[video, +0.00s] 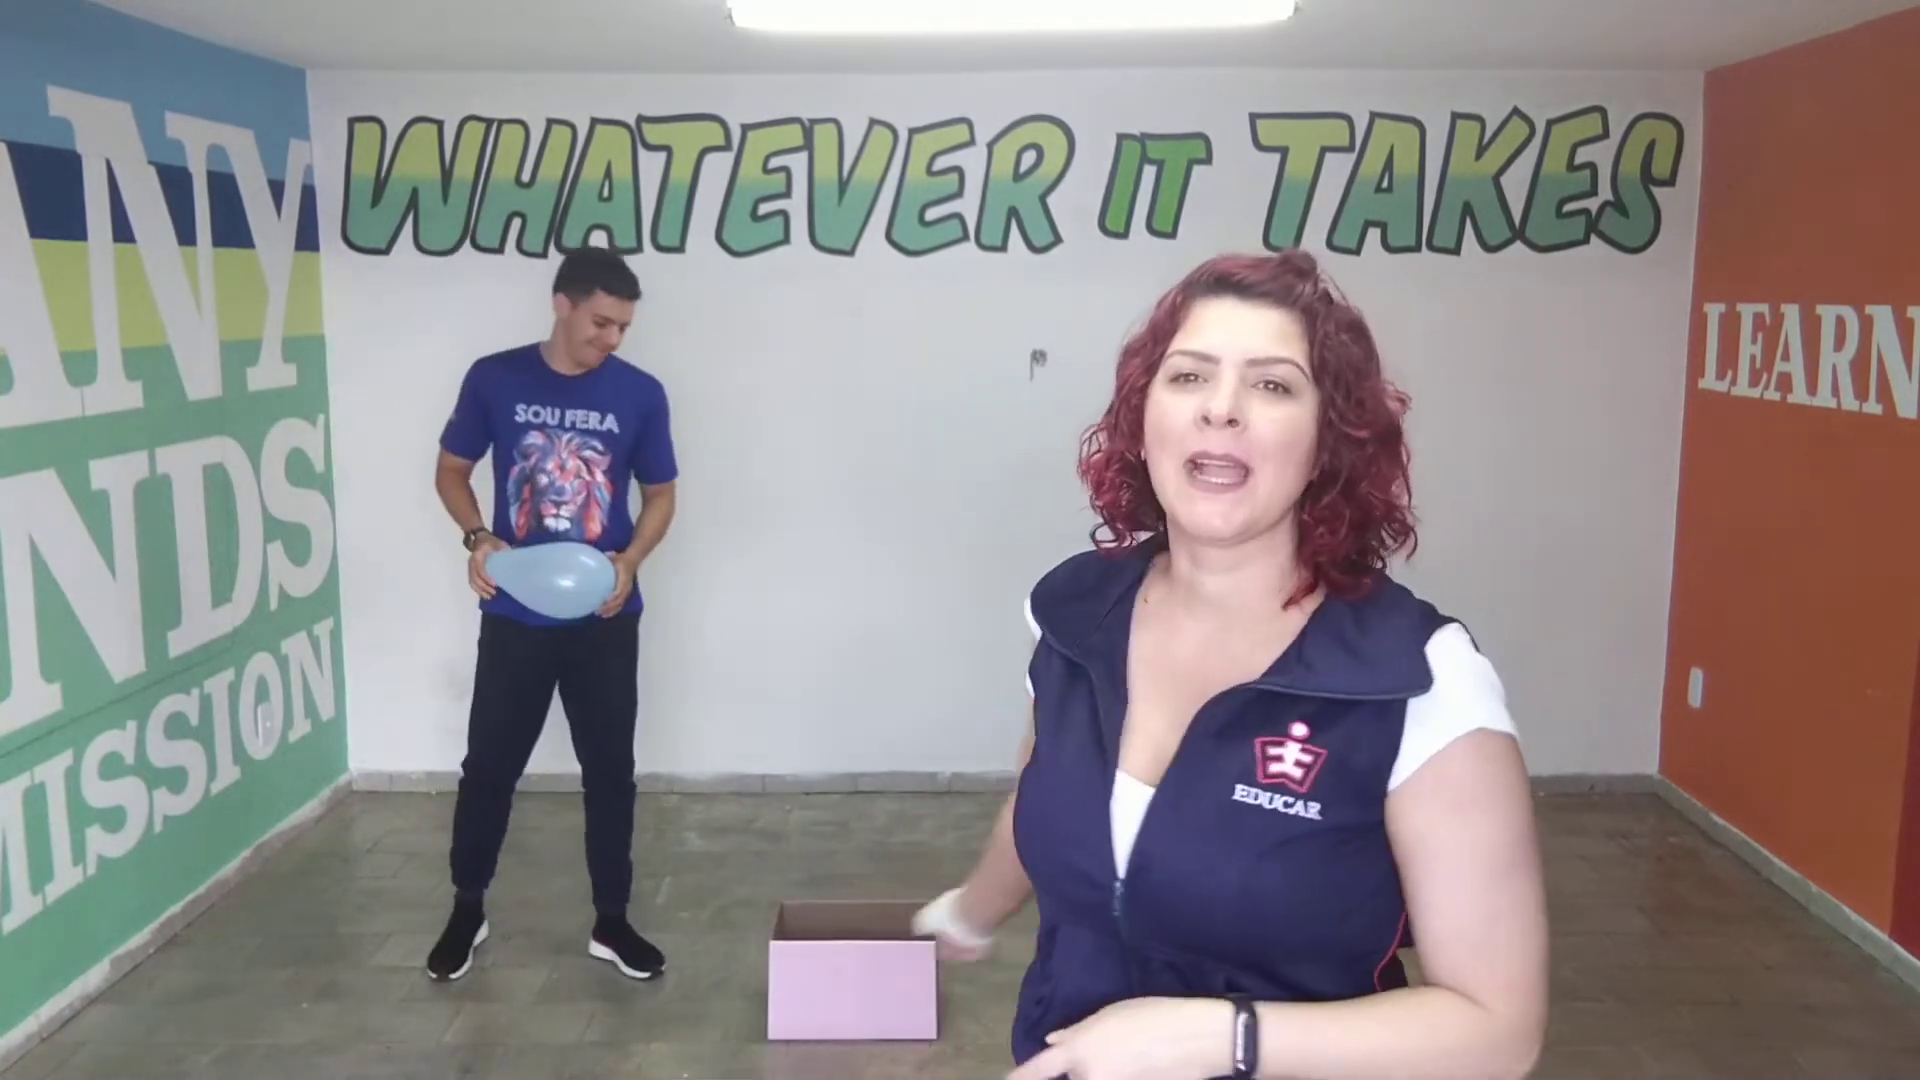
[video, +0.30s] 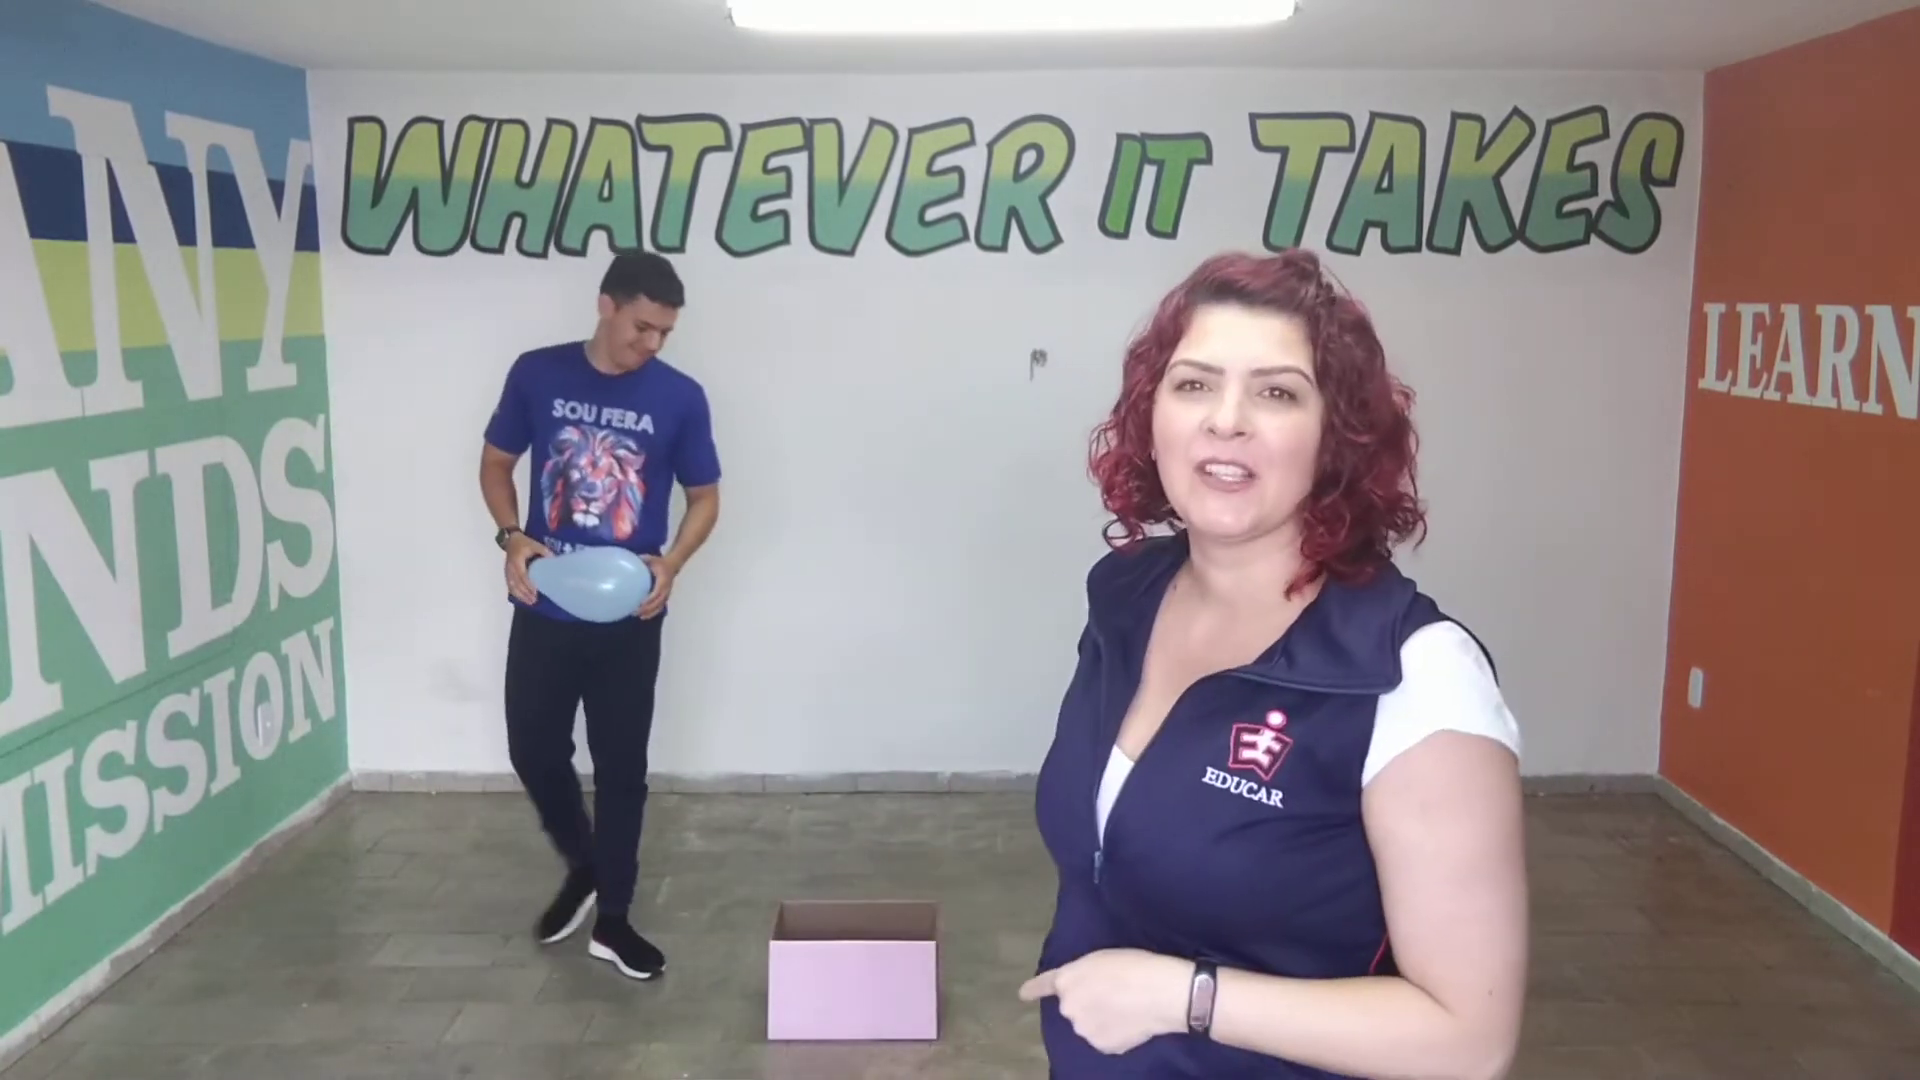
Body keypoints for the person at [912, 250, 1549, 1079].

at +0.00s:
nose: (1220, 409)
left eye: (1273, 385)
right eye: (1189, 376)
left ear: (1330, 438)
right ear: (1140, 413)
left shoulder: (1420, 675)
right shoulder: (1079, 613)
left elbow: (1498, 1029)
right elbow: (1045, 797)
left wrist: (1223, 1039)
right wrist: (965, 918)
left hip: (1286, 1077)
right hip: (1061, 1065)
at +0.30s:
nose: (1226, 423)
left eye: (1276, 393)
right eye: (1194, 385)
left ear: (1336, 432)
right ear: (1150, 414)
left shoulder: (1417, 676)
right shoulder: (1124, 595)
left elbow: (1469, 1036)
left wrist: (1188, 997)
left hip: (1271, 1063)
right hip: (1084, 1053)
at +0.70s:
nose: (1266, 423)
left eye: (1315, 394)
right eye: (1237, 389)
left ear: (1379, 430)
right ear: (1197, 414)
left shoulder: (1470, 664)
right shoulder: (1182, 592)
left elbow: (1542, 1001)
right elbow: (1169, 807)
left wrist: (1264, 971)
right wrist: (1057, 926)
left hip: (1384, 1059)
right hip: (1187, 1056)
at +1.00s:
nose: (1333, 430)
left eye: (1380, 407)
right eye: (1304, 393)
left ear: (1429, 450)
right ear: (1253, 421)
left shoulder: (1516, 665)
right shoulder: (1223, 598)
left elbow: (1601, 967)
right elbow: (1222, 821)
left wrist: (1349, 973)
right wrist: (1126, 968)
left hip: (1434, 1060)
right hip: (1237, 1051)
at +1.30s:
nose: (1331, 430)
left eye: (1376, 398)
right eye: (1300, 396)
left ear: (1439, 433)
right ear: (1265, 426)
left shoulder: (1531, 652)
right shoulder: (1258, 587)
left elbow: (1639, 938)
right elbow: (1241, 791)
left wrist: (1445, 973)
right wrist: (1080, 863)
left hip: (1436, 1060)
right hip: (1252, 1048)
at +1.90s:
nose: (1296, 432)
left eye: (1341, 401)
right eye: (1266, 401)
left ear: (1403, 431)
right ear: (1230, 428)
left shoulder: (1492, 658)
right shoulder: (1222, 600)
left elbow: (1592, 963)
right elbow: (1200, 820)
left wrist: (1372, 1002)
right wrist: (1061, 859)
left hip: (1389, 1062)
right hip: (1199, 1056)